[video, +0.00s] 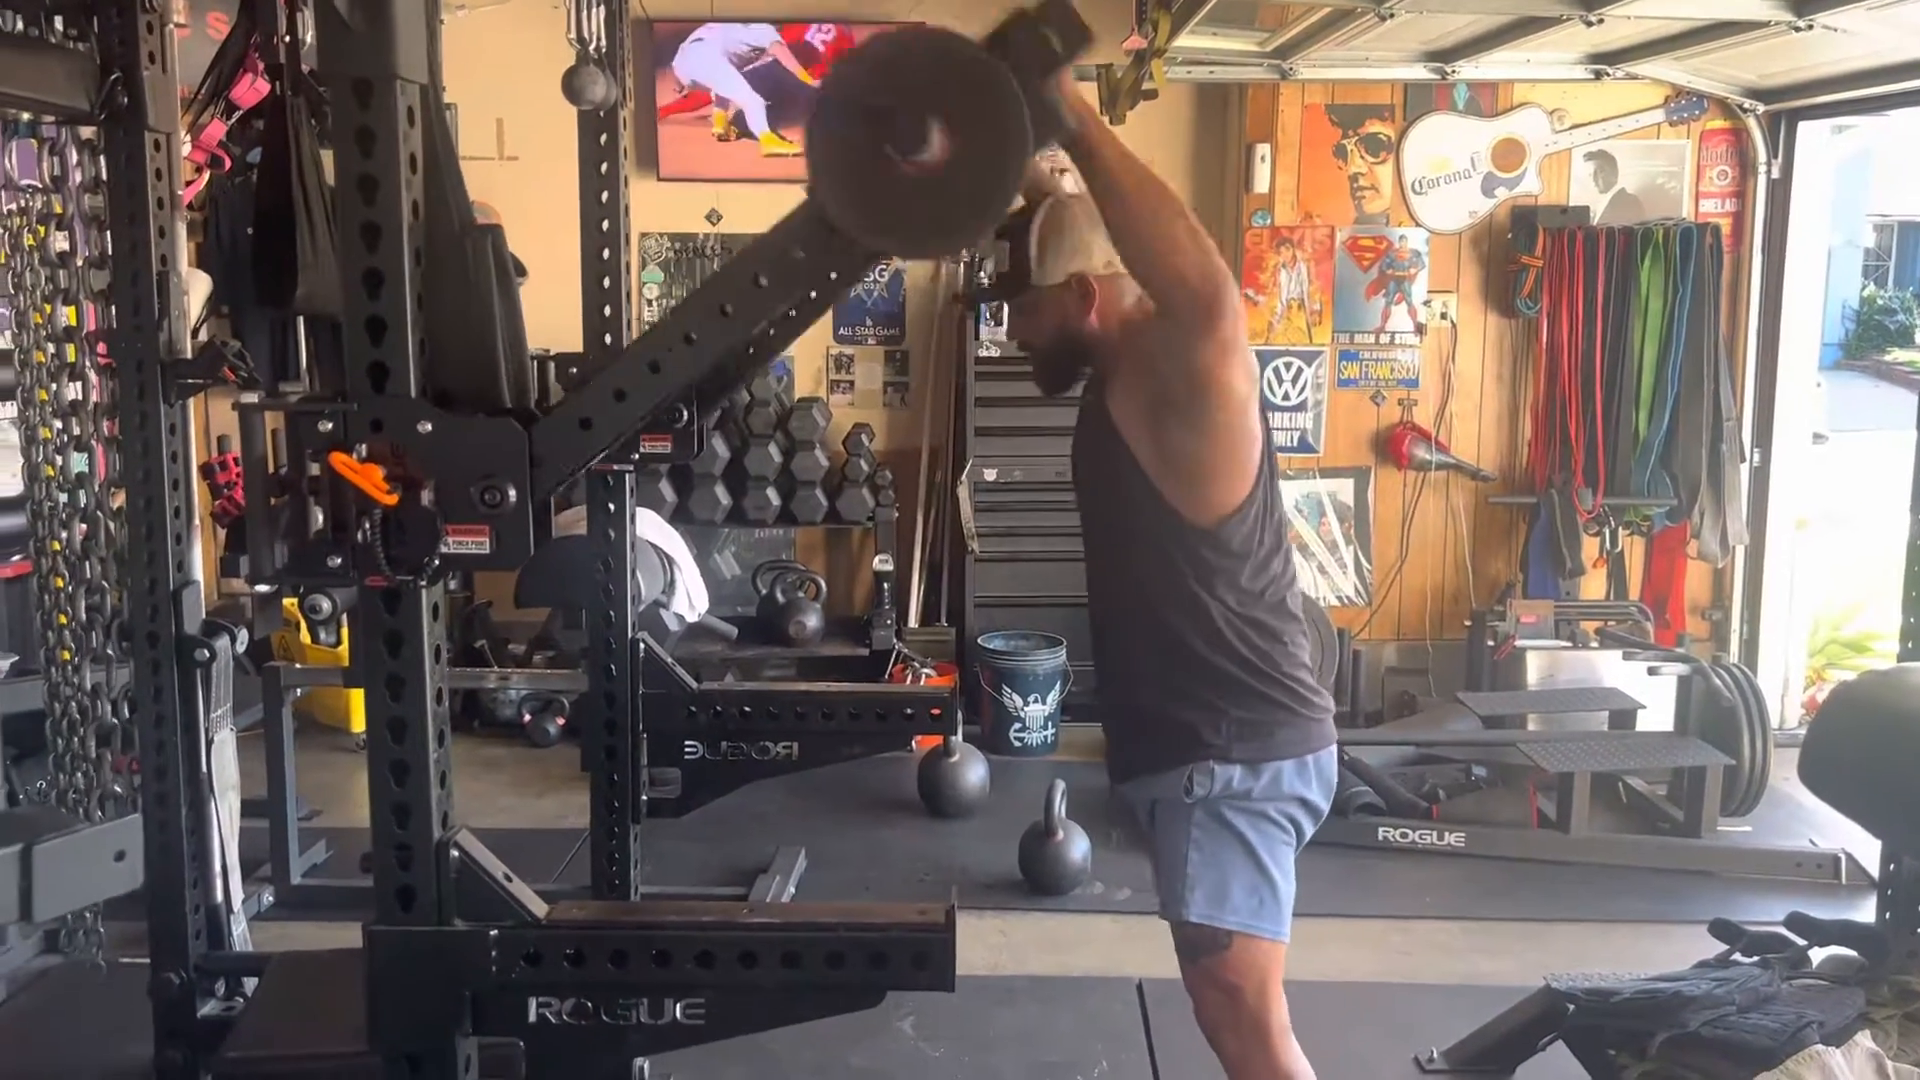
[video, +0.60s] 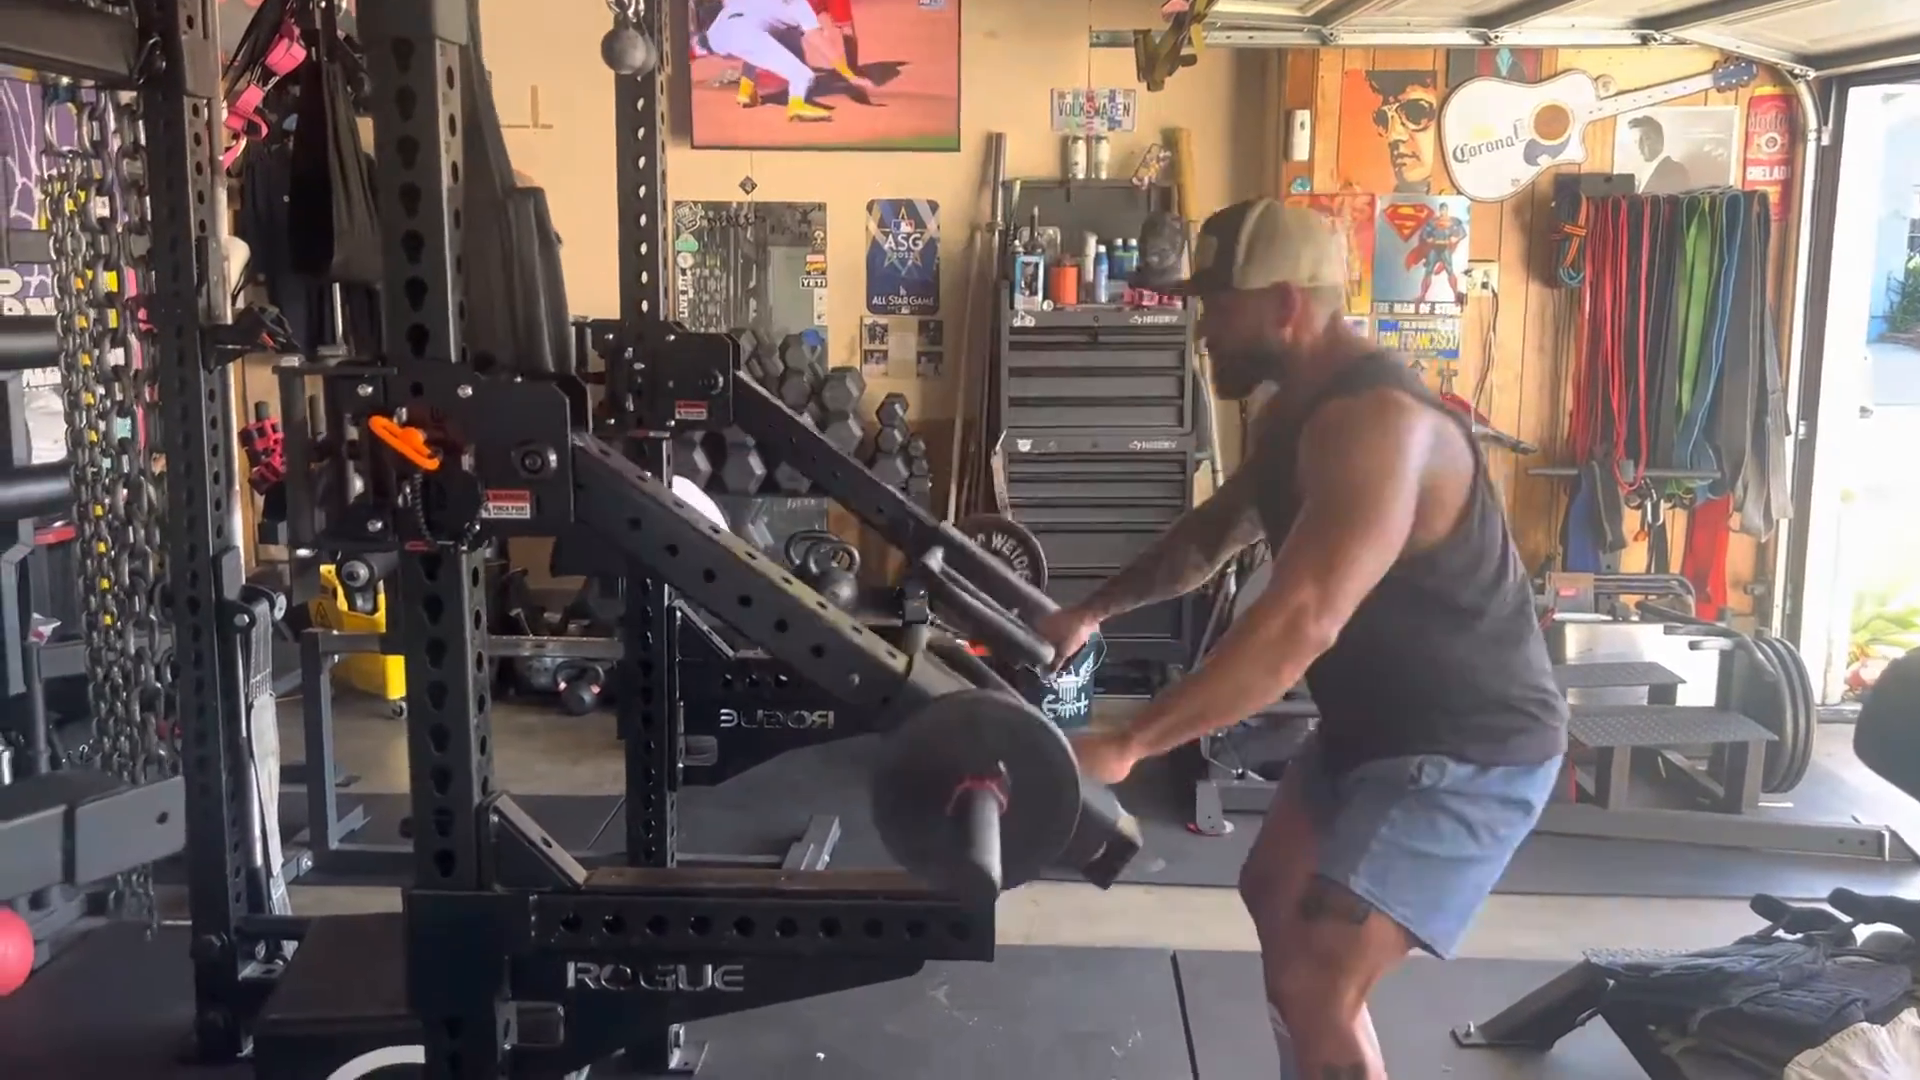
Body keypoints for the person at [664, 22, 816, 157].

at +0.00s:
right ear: (774, 28)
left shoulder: (727, 29)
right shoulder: (764, 30)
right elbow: (783, 55)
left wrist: (682, 81)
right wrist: (809, 80)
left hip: (681, 61)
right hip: (706, 57)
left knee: (724, 83)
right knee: (753, 101)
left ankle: (720, 127)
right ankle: (768, 140)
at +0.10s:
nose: (763, 51)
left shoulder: (724, 20)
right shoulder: (768, 25)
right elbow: (787, 52)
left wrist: (684, 74)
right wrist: (813, 79)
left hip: (685, 55)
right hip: (712, 53)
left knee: (727, 75)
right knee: (759, 96)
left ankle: (722, 120)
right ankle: (771, 133)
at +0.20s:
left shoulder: (729, 17)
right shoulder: (771, 19)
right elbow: (789, 46)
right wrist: (814, 73)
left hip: (688, 51)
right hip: (714, 48)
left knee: (730, 72)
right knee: (766, 92)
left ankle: (724, 112)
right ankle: (775, 128)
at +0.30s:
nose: (801, 38)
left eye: (804, 36)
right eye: (802, 35)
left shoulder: (740, 11)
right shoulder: (780, 17)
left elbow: (700, 19)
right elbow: (807, 56)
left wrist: (684, 26)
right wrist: (832, 82)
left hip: (695, 46)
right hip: (721, 45)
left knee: (736, 63)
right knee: (774, 86)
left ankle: (729, 108)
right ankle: (780, 122)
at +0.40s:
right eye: (803, 8)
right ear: (794, 4)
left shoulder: (743, 4)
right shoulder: (785, 12)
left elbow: (711, 9)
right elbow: (808, 50)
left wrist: (687, 13)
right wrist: (837, 79)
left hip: (701, 43)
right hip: (729, 43)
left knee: (741, 58)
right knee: (783, 83)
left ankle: (734, 103)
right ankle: (783, 116)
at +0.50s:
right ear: (796, 5)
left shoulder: (746, 3)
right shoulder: (790, 7)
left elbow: (719, 8)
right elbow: (811, 41)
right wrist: (842, 78)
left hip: (708, 40)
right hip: (737, 39)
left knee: (747, 53)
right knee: (792, 79)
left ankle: (739, 99)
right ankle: (790, 111)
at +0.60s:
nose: (822, 23)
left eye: (824, 20)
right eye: (823, 18)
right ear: (813, 7)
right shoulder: (800, 5)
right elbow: (819, 42)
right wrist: (850, 76)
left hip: (716, 33)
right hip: (745, 34)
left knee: (757, 49)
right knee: (802, 74)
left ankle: (746, 93)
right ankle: (797, 105)